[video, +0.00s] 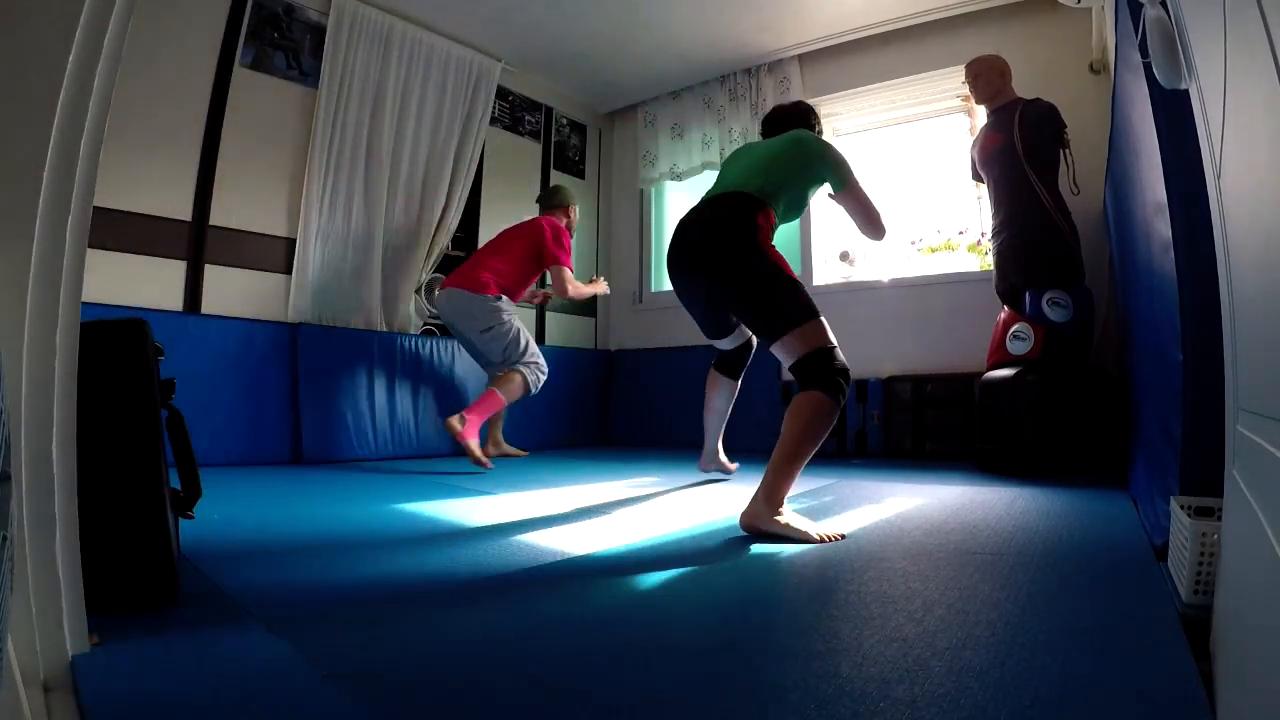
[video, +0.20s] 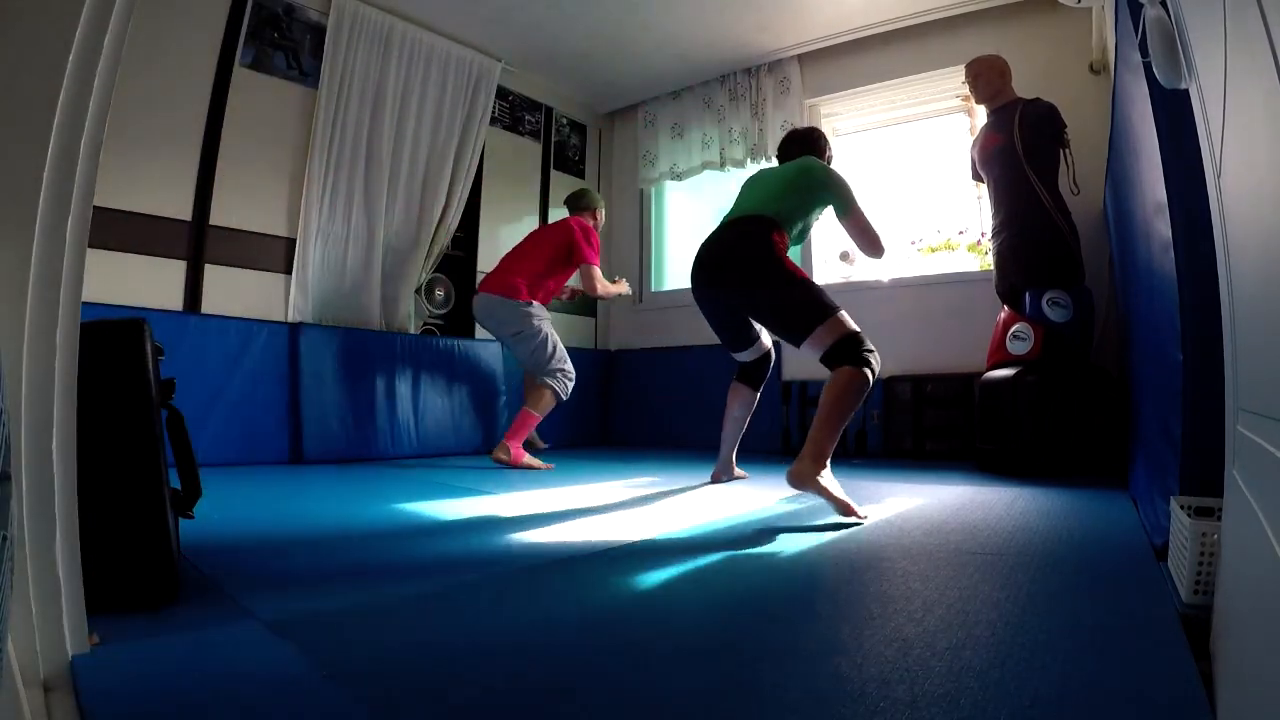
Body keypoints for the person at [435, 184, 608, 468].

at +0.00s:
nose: (576, 220)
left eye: (575, 214)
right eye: (577, 214)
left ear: (545, 210)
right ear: (570, 211)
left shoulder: (525, 228)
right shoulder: (555, 229)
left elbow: (489, 274)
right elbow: (566, 289)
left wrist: (524, 295)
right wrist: (594, 288)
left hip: (449, 295)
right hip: (480, 298)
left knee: (502, 367)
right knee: (533, 367)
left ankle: (495, 441)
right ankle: (468, 421)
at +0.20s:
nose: (602, 221)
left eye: (602, 216)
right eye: (602, 215)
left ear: (571, 212)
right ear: (596, 214)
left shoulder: (551, 228)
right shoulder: (584, 230)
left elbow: (525, 275)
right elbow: (596, 288)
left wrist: (559, 291)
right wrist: (618, 288)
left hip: (487, 298)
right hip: (515, 302)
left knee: (536, 362)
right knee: (561, 374)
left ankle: (527, 424)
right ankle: (511, 445)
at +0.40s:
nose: (621, 228)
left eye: (622, 223)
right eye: (621, 222)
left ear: (591, 219)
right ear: (615, 221)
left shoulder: (575, 238)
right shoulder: (603, 237)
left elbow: (549, 283)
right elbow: (618, 291)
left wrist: (586, 297)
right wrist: (642, 289)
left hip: (516, 307)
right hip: (544, 306)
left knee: (564, 367)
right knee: (597, 364)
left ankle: (555, 435)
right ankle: (547, 422)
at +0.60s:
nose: (638, 236)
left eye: (639, 231)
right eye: (638, 230)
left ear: (610, 225)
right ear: (633, 227)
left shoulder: (589, 242)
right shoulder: (623, 242)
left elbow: (566, 285)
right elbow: (636, 297)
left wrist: (600, 298)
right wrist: (657, 294)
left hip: (535, 308)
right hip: (565, 310)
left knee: (584, 360)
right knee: (617, 369)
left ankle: (572, 426)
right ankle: (584, 437)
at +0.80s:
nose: (645, 251)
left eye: (645, 247)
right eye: (645, 246)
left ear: (617, 242)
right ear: (641, 244)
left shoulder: (596, 259)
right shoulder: (631, 259)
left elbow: (578, 300)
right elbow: (645, 312)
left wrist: (606, 316)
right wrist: (663, 309)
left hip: (548, 321)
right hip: (579, 321)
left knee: (592, 374)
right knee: (636, 367)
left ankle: (586, 436)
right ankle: (598, 423)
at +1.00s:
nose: (649, 258)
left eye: (648, 254)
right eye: (649, 253)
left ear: (621, 251)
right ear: (644, 252)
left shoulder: (604, 266)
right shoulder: (638, 267)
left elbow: (583, 304)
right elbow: (649, 318)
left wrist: (611, 328)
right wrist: (664, 317)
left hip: (553, 324)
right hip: (586, 325)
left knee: (597, 375)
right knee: (639, 375)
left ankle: (586, 435)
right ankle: (610, 432)